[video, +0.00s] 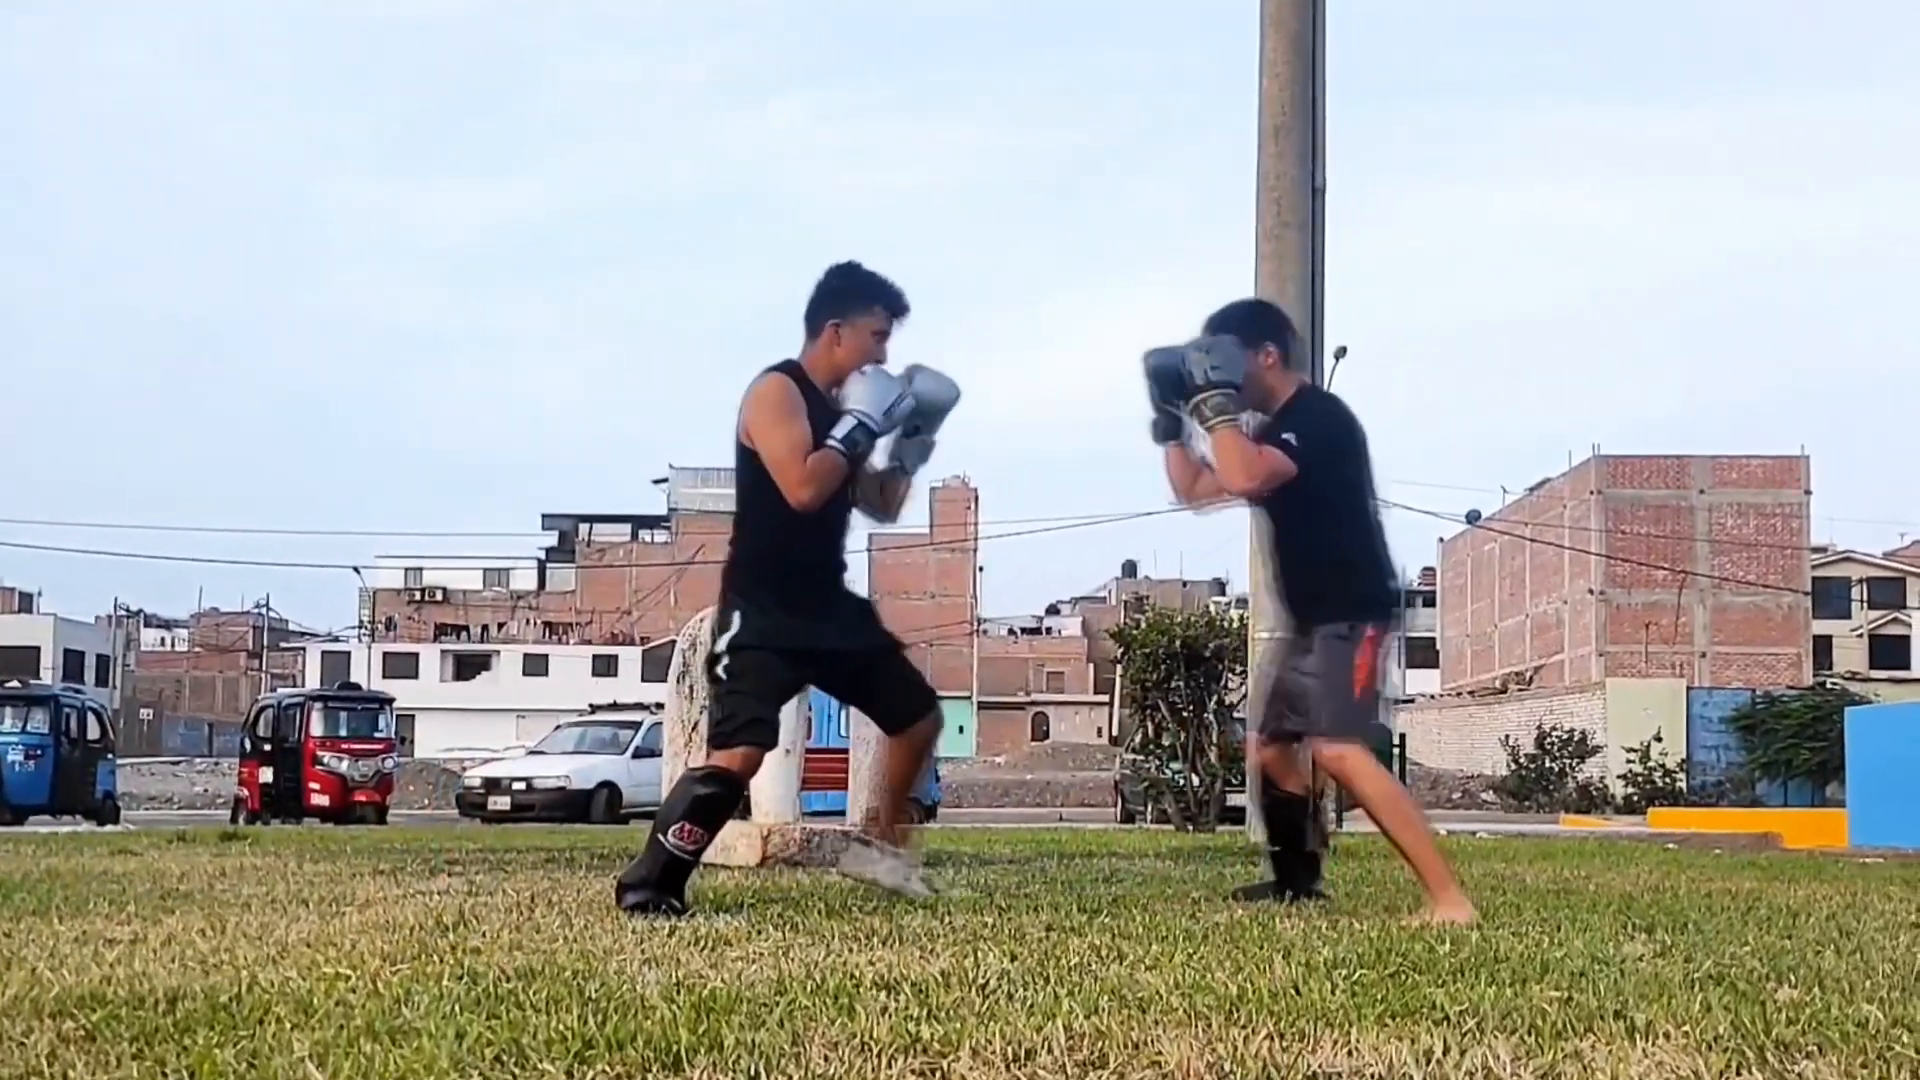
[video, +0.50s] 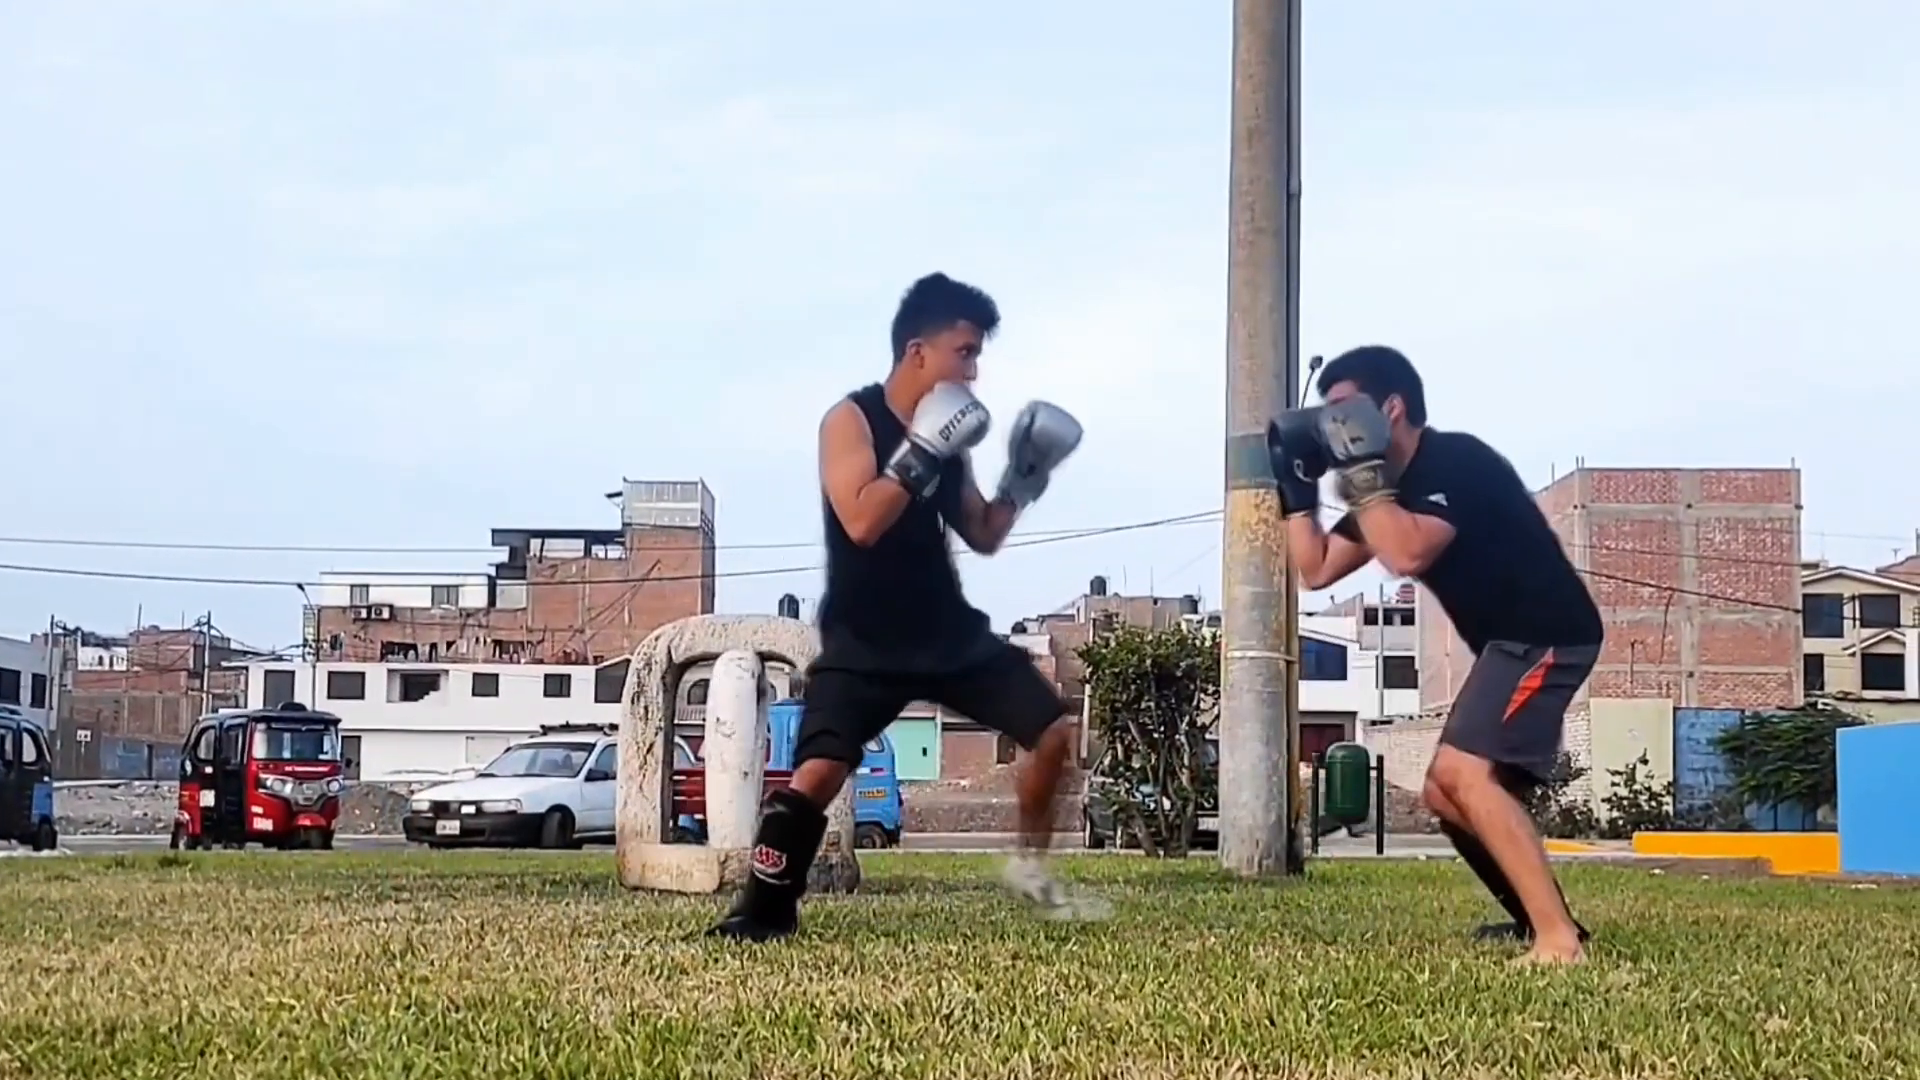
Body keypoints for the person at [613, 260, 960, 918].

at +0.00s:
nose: (885, 354)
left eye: (888, 339)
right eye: (877, 336)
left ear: (839, 334)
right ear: (833, 329)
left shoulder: (844, 411)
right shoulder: (774, 391)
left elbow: (884, 503)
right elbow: (804, 490)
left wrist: (912, 438)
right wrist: (861, 420)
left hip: (829, 607)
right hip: (764, 607)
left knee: (917, 718)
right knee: (739, 754)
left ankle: (881, 848)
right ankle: (648, 887)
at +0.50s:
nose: (975, 370)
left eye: (978, 355)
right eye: (965, 352)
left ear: (942, 354)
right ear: (916, 348)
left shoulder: (944, 432)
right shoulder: (849, 421)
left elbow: (985, 533)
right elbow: (862, 522)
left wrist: (1024, 476)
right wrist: (924, 451)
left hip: (950, 638)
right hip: (865, 644)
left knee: (1054, 732)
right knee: (820, 771)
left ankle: (1030, 866)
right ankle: (761, 913)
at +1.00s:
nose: (1248, 424)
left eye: (1247, 413)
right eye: (1243, 411)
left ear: (1182, 405)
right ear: (1213, 405)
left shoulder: (1125, 455)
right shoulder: (1217, 445)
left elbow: (1142, 531)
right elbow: (1323, 491)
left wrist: (1214, 536)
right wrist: (1373, 504)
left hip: (1110, 651)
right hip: (1083, 639)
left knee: (1189, 764)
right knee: (986, 773)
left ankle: (1211, 927)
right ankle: (823, 844)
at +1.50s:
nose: (1240, 340)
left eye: (1240, 326)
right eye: (1238, 324)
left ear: (1180, 322)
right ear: (1211, 323)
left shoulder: (1156, 386)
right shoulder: (1172, 384)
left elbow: (1227, 492)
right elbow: (1247, 490)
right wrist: (1263, 419)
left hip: (1151, 605)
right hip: (1138, 606)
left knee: (1210, 755)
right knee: (1169, 771)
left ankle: (1204, 920)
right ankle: (1101, 944)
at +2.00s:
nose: (1228, 378)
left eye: (1229, 362)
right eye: (1226, 361)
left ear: (1169, 355)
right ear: (1197, 358)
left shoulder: (1131, 412)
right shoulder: (1137, 413)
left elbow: (1175, 526)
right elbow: (1189, 527)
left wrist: (1225, 472)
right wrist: (1223, 465)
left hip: (1041, 619)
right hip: (1070, 622)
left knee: (1139, 754)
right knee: (1188, 766)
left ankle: (1105, 906)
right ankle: (1144, 946)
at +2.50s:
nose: (1056, 369)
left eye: (1057, 355)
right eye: (1053, 354)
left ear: (991, 346)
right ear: (1021, 348)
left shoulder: (933, 407)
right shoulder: (1016, 395)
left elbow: (945, 491)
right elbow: (1051, 479)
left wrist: (1037, 445)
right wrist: (1086, 460)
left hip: (911, 596)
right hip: (976, 589)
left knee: (962, 741)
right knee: (1077, 733)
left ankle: (936, 869)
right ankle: (1052, 899)